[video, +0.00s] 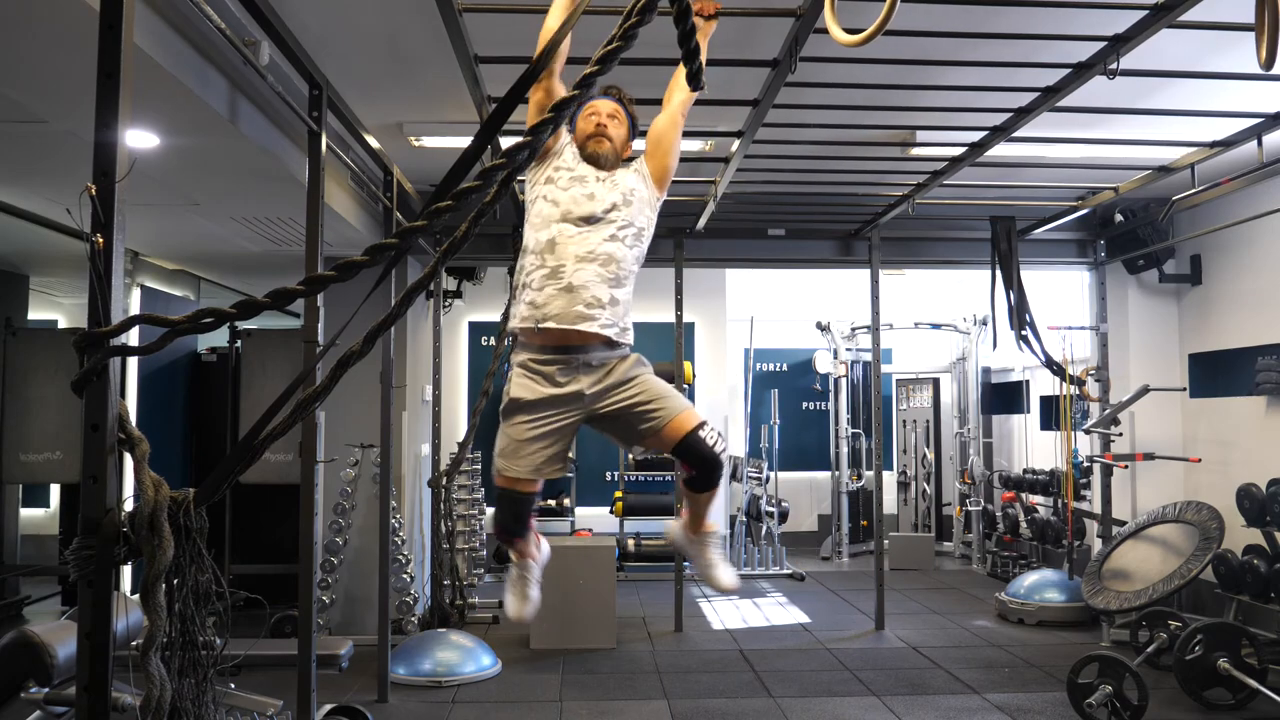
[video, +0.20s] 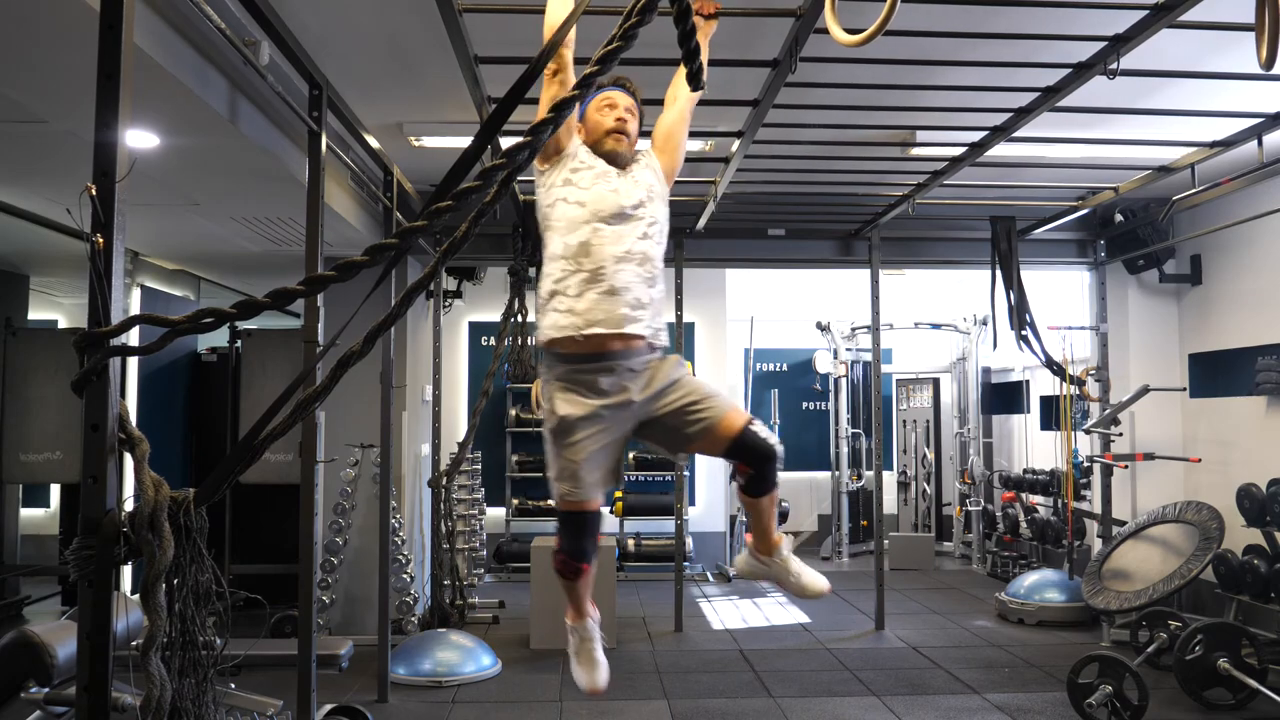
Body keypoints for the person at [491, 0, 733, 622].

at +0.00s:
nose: (600, 116)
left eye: (613, 113)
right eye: (590, 112)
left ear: (630, 139)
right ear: (571, 130)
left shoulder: (644, 181)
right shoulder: (549, 162)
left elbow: (678, 103)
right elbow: (546, 67)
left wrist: (701, 32)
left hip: (612, 363)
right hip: (535, 366)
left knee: (706, 457)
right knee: (509, 517)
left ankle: (695, 531)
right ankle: (527, 557)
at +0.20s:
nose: (622, 115)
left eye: (631, 112)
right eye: (609, 108)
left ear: (640, 130)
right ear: (581, 126)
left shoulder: (652, 172)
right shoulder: (560, 168)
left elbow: (681, 102)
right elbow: (555, 67)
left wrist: (701, 34)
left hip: (647, 366)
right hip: (573, 377)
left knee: (759, 450)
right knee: (577, 536)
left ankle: (766, 553)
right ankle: (582, 622)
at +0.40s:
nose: (662, 100)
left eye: (668, 98)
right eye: (647, 96)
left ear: (678, 121)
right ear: (620, 120)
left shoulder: (692, 165)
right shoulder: (612, 161)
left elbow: (704, 92)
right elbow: (588, 68)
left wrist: (707, 30)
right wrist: (583, 28)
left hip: (729, 363)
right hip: (657, 371)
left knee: (830, 468)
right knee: (648, 538)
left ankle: (798, 581)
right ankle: (617, 652)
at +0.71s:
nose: (692, 83)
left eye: (694, 80)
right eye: (677, 80)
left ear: (695, 105)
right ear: (652, 104)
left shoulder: (720, 147)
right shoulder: (649, 152)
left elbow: (722, 97)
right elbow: (615, 89)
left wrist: (708, 34)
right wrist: (596, 41)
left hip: (804, 326)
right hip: (741, 333)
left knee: (896, 450)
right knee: (752, 505)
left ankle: (833, 575)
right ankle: (686, 652)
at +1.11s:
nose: (636, 75)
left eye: (639, 72)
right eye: (623, 72)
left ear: (649, 96)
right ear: (598, 96)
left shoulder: (671, 142)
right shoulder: (596, 146)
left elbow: (713, 101)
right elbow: (580, 110)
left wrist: (706, 35)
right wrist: (578, 61)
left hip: (731, 305)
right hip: (680, 306)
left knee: (791, 455)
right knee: (751, 437)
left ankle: (776, 616)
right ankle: (737, 621)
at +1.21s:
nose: (632, 79)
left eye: (633, 76)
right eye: (617, 74)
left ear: (636, 96)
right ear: (589, 92)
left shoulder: (652, 144)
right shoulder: (577, 141)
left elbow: (707, 106)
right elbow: (563, 56)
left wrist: (706, 36)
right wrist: (575, 5)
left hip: (682, 314)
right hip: (622, 313)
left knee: (768, 418)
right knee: (717, 394)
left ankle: (779, 576)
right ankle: (751, 562)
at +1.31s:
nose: (626, 80)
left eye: (627, 72)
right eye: (612, 72)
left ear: (630, 87)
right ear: (580, 88)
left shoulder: (637, 141)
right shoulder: (558, 131)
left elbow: (697, 110)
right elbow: (547, 56)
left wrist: (703, 36)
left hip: (639, 311)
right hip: (575, 311)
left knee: (737, 357)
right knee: (676, 347)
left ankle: (784, 499)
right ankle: (743, 488)